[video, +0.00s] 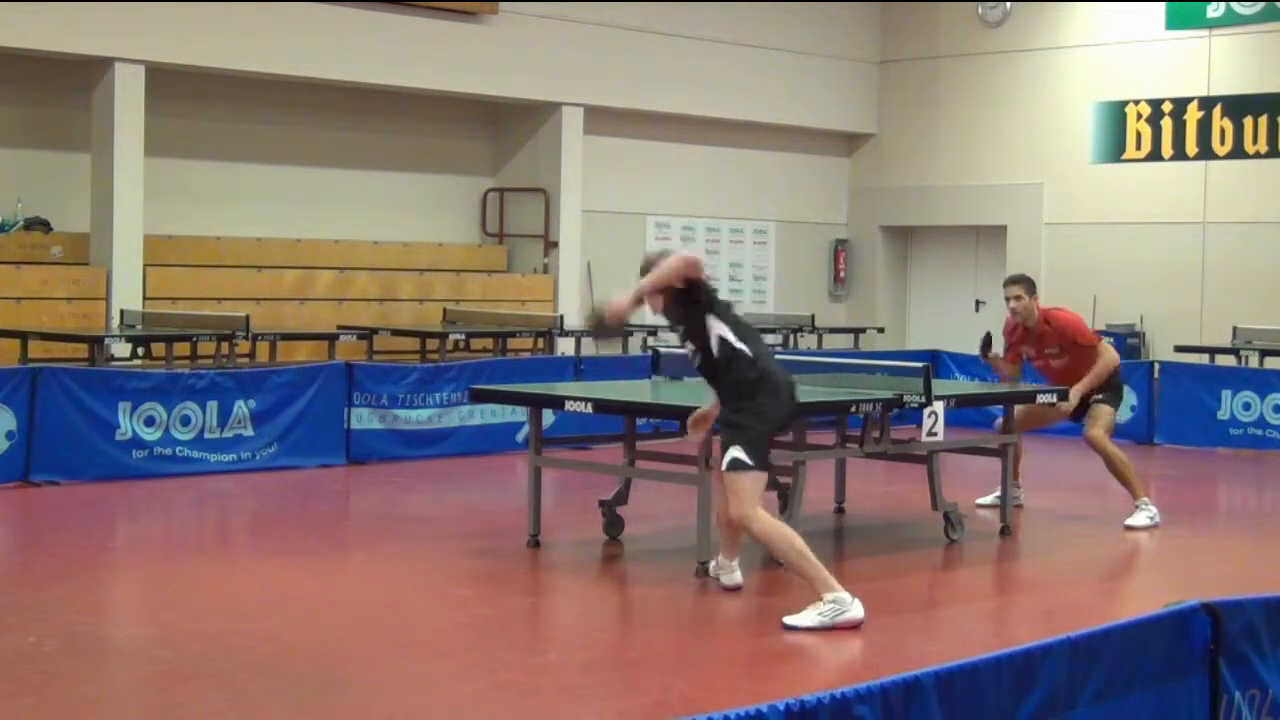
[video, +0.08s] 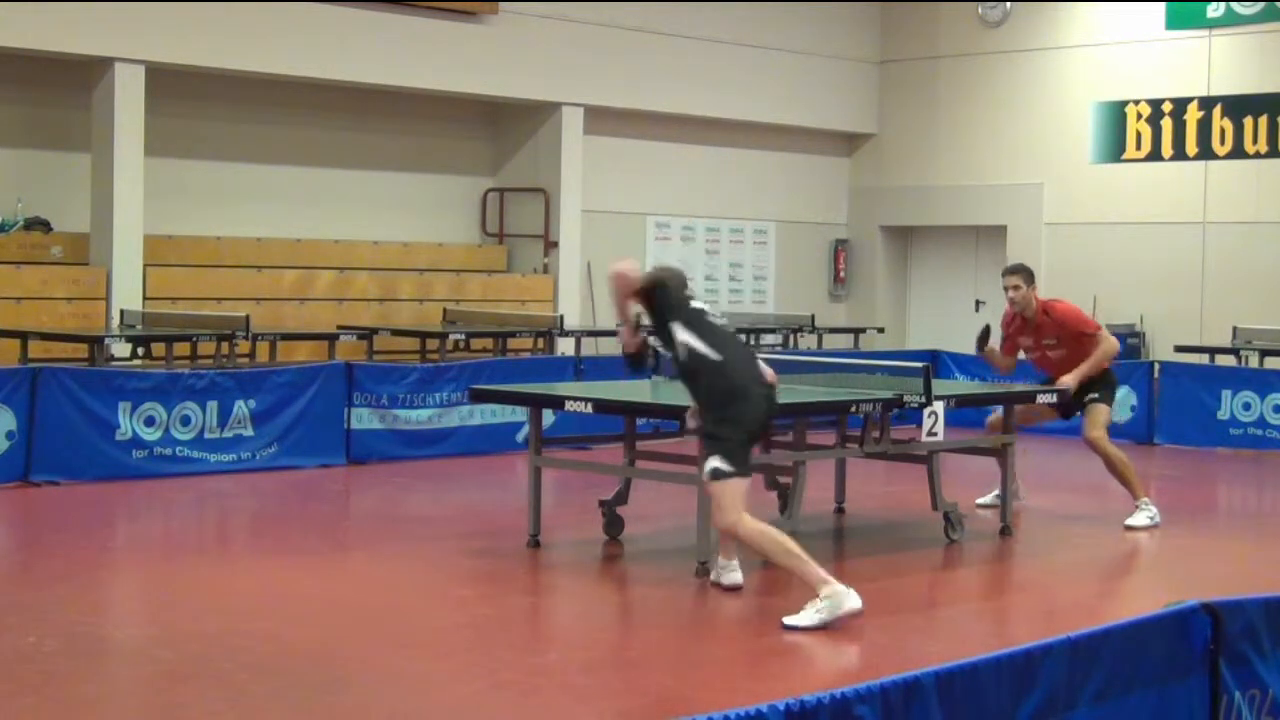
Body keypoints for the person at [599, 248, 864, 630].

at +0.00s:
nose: (648, 301)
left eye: (650, 293)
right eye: (646, 295)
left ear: (666, 286)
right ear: (669, 290)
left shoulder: (696, 304)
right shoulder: (694, 321)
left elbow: (688, 261)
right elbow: (739, 371)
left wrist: (634, 295)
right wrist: (713, 410)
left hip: (759, 399)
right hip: (748, 401)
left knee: (744, 510)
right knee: (725, 473)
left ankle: (837, 598)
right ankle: (728, 565)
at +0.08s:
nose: (643, 303)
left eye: (645, 298)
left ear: (652, 298)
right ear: (682, 294)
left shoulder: (669, 318)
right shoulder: (702, 318)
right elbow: (767, 376)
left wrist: (626, 321)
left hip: (732, 406)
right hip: (755, 399)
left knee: (730, 517)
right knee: (719, 473)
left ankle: (832, 591)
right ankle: (727, 564)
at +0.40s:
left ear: (582, 290)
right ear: (620, 292)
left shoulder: (561, 313)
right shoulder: (640, 318)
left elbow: (498, 349)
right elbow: (683, 359)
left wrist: (543, 373)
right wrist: (654, 387)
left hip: (577, 415)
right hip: (634, 417)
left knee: (518, 481)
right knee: (677, 478)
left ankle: (470, 559)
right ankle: (725, 562)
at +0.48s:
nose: (580, 285)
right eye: (582, 280)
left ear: (545, 283)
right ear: (584, 284)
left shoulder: (517, 313)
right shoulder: (595, 311)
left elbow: (461, 356)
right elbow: (626, 355)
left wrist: (503, 376)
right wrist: (607, 390)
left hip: (521, 413)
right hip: (578, 412)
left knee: (477, 484)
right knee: (641, 480)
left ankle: (395, 556)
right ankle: (697, 561)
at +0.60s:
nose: (546, 280)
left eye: (541, 275)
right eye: (545, 275)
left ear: (501, 275)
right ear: (538, 276)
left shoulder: (471, 304)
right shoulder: (545, 301)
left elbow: (419, 351)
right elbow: (581, 350)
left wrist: (454, 377)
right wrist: (575, 388)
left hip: (460, 399)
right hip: (511, 397)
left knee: (460, 479)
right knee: (590, 468)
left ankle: (390, 562)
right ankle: (639, 562)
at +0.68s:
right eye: (515, 256)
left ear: (475, 257)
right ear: (513, 258)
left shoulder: (446, 287)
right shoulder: (525, 284)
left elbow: (400, 341)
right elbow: (572, 337)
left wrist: (435, 361)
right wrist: (563, 369)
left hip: (443, 384)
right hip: (496, 384)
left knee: (436, 467)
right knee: (567, 458)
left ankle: (386, 562)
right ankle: (588, 567)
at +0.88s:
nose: (475, 245)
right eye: (473, 239)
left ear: (429, 244)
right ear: (470, 243)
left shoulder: (405, 275)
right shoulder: (490, 275)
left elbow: (368, 341)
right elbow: (520, 345)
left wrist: (390, 366)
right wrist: (531, 370)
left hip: (410, 377)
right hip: (471, 379)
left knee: (372, 462)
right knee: (517, 478)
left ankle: (309, 553)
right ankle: (516, 572)